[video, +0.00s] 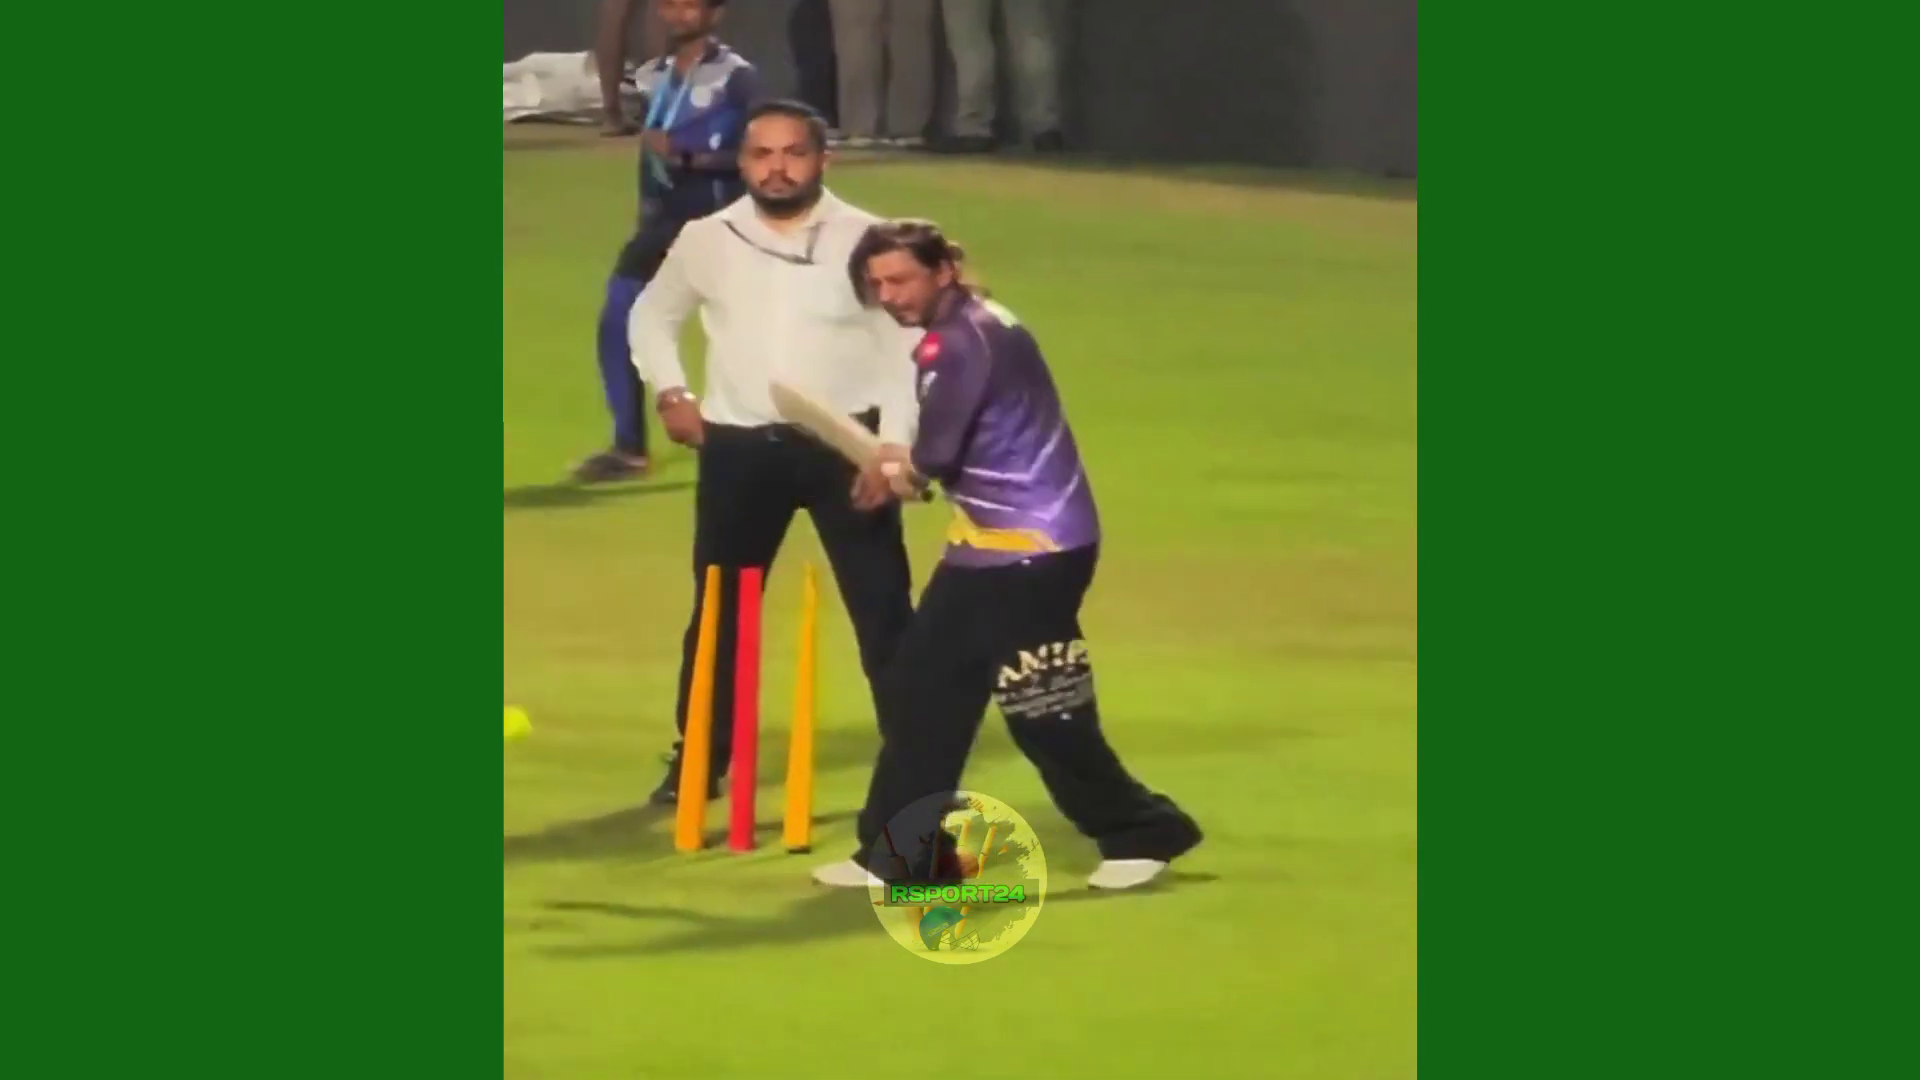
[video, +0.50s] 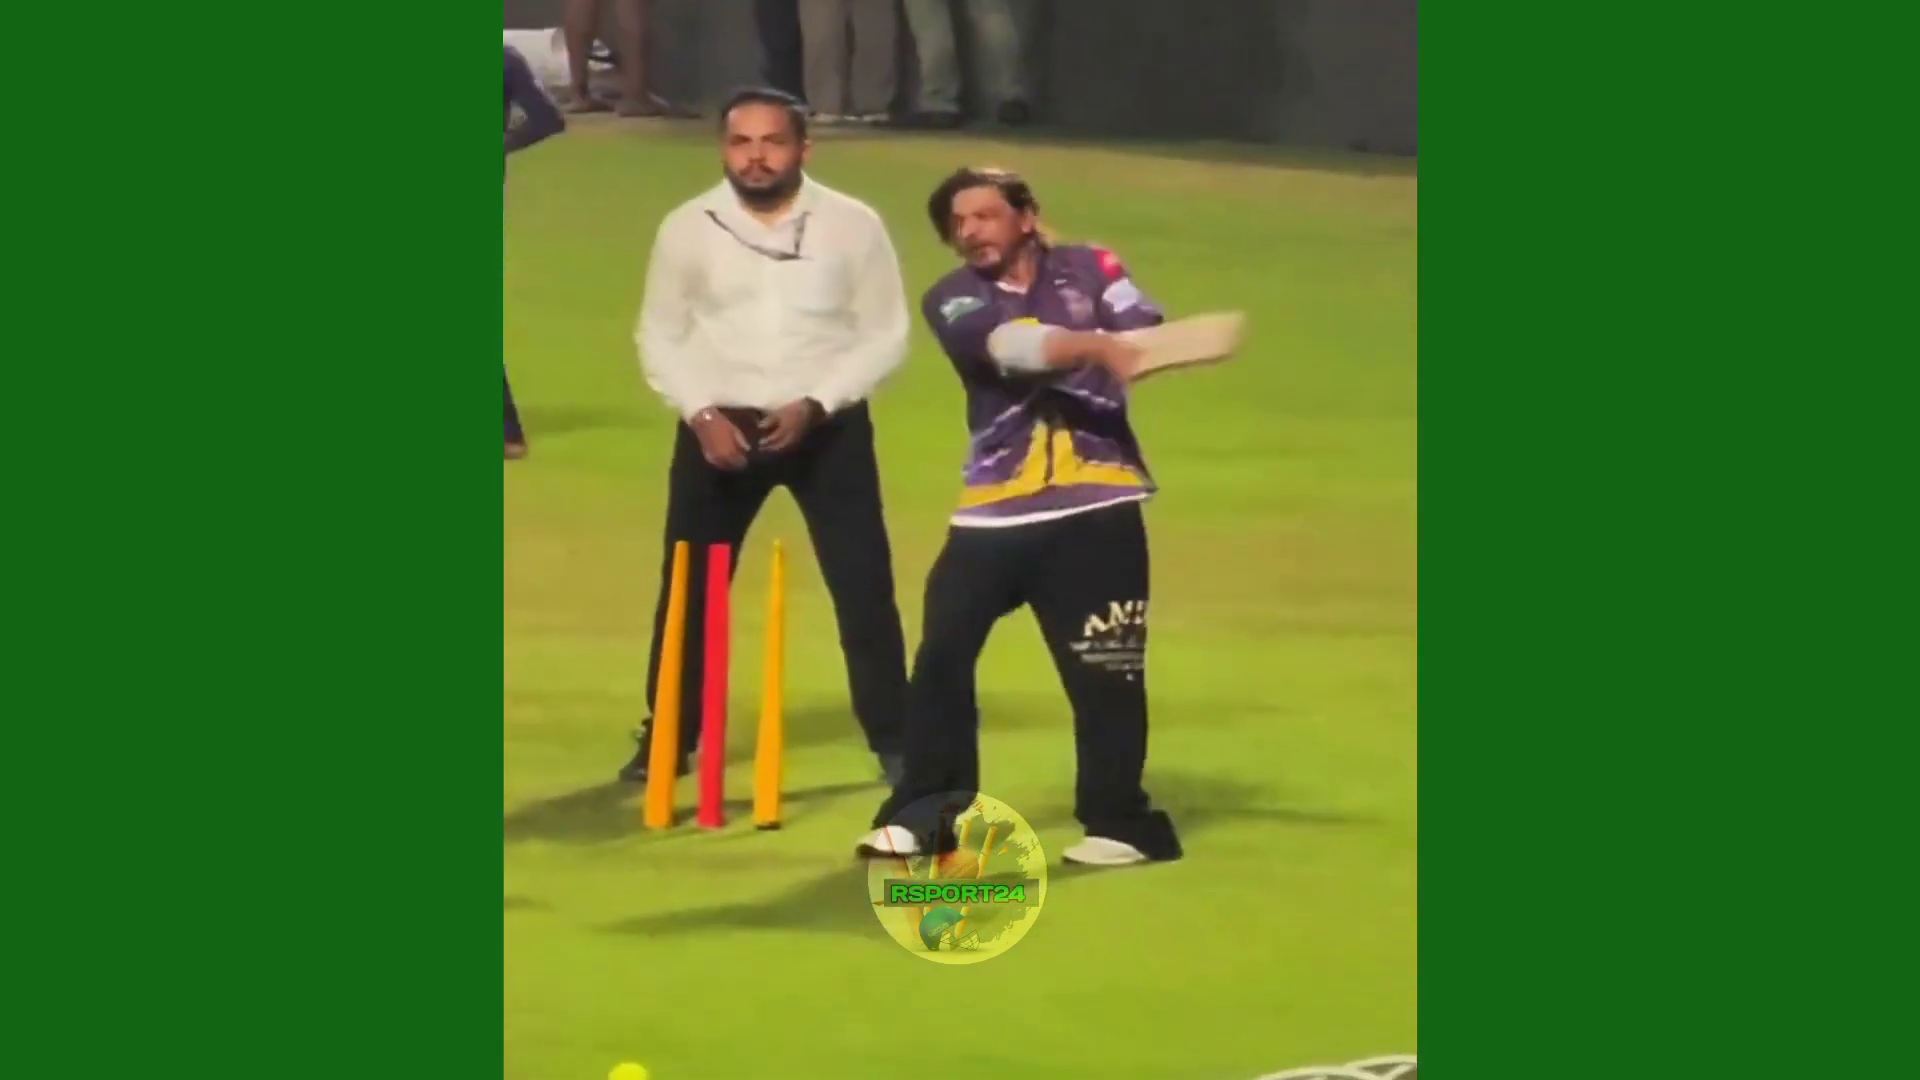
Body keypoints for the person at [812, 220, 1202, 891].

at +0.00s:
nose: (889, 298)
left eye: (900, 281)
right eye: (877, 286)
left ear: (943, 272)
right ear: (870, 290)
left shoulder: (960, 342)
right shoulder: (979, 321)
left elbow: (936, 454)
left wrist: (897, 474)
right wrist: (899, 470)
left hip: (1031, 547)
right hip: (994, 541)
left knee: (1047, 708)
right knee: (921, 688)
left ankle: (1141, 835)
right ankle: (892, 852)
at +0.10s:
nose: (916, 295)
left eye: (927, 278)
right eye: (906, 284)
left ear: (971, 272)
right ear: (902, 289)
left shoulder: (1000, 342)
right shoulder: (982, 329)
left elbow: (950, 445)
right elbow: (977, 437)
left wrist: (901, 454)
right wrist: (907, 456)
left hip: (1064, 555)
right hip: (1002, 547)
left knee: (1081, 720)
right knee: (933, 690)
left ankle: (1164, 849)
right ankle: (892, 849)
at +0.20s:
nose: (929, 287)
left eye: (940, 272)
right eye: (923, 275)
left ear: (987, 266)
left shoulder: (1031, 331)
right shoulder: (988, 335)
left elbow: (951, 417)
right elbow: (972, 443)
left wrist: (859, 436)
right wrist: (873, 449)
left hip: (1088, 543)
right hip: (1016, 539)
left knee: (1094, 701)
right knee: (942, 681)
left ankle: (1149, 845)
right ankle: (889, 843)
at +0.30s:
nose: (941, 269)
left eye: (951, 253)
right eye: (935, 257)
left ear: (1000, 247)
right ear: (948, 264)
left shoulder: (1069, 295)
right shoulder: (971, 331)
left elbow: (1021, 377)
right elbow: (935, 419)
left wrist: (919, 404)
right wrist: (844, 431)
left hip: (1101, 524)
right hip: (1022, 527)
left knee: (1100, 692)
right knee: (962, 676)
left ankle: (1147, 840)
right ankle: (909, 835)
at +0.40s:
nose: (957, 246)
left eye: (969, 230)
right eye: (948, 238)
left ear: (1016, 228)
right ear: (945, 248)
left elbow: (1116, 359)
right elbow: (946, 391)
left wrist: (1045, 379)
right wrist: (983, 399)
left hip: (1098, 510)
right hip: (1008, 519)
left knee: (1109, 680)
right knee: (962, 672)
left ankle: (1136, 837)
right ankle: (917, 830)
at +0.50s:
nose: (974, 232)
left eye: (986, 216)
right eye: (961, 223)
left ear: (1025, 217)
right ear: (951, 235)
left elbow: (1147, 330)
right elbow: (1008, 345)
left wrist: (1128, 353)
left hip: (1095, 510)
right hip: (993, 518)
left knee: (1107, 673)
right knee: (941, 655)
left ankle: (1121, 826)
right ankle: (926, 816)